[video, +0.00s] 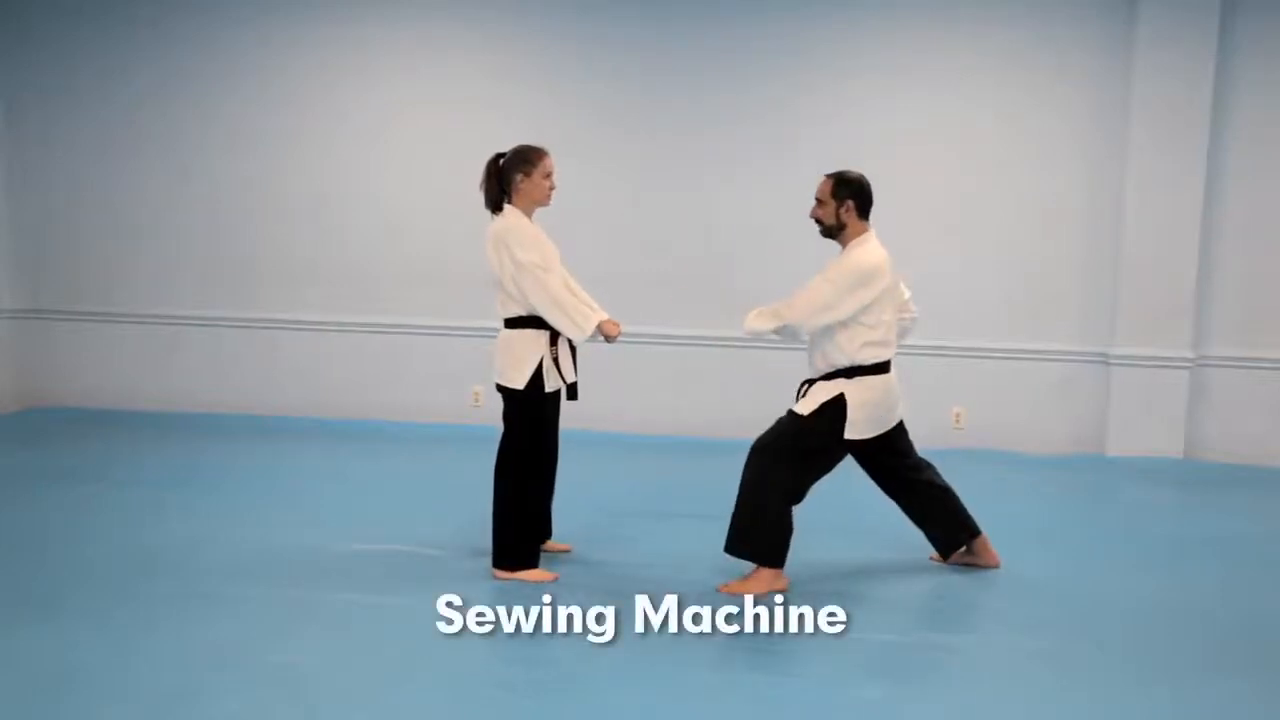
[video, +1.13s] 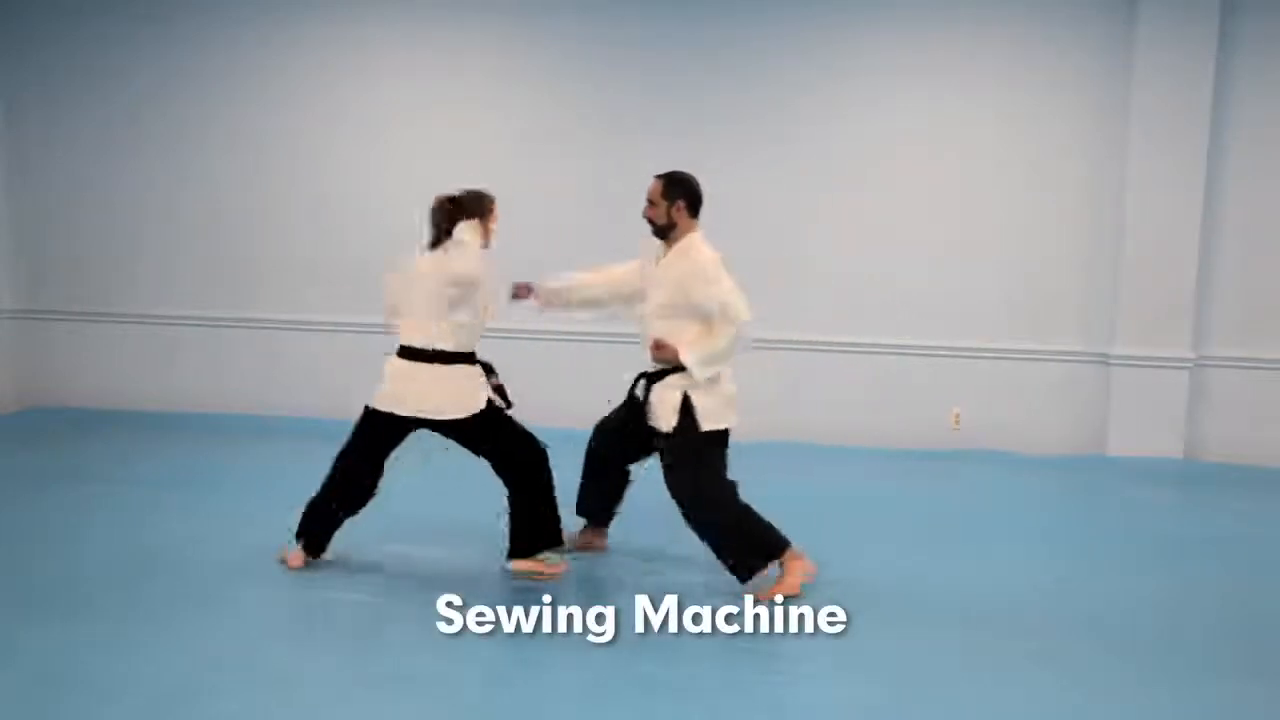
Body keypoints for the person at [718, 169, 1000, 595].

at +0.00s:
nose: (812, 212)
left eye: (819, 203)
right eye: (815, 202)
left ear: (847, 209)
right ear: (850, 210)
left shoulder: (858, 261)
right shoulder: (875, 257)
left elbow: (801, 317)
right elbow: (906, 314)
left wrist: (753, 321)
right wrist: (867, 350)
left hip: (845, 397)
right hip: (874, 392)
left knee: (770, 457)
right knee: (906, 471)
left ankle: (768, 571)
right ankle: (973, 547)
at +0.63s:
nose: (764, 202)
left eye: (771, 194)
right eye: (765, 194)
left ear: (797, 198)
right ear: (804, 198)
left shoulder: (805, 248)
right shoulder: (842, 243)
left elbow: (743, 305)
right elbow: (874, 299)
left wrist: (720, 316)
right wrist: (838, 337)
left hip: (801, 386)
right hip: (838, 381)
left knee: (750, 473)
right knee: (836, 470)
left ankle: (776, 578)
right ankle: (917, 525)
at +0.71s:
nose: (743, 201)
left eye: (749, 192)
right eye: (744, 191)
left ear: (776, 195)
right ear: (785, 196)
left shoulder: (780, 246)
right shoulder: (827, 240)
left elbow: (723, 304)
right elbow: (857, 291)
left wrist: (704, 322)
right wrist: (824, 329)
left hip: (785, 381)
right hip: (823, 377)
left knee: (741, 473)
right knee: (780, 462)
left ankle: (774, 578)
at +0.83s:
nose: (712, 200)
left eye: (718, 191)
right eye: (713, 190)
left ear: (745, 195)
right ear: (753, 195)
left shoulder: (750, 244)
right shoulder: (797, 239)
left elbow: (700, 308)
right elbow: (825, 293)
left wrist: (679, 331)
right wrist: (790, 331)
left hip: (762, 379)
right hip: (793, 374)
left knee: (737, 482)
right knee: (696, 421)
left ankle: (774, 578)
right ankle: (701, 523)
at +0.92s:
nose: (691, 199)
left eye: (697, 191)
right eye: (693, 190)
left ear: (724, 195)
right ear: (730, 195)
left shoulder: (732, 243)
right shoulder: (765, 237)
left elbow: (701, 310)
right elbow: (775, 299)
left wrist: (673, 335)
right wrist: (719, 332)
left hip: (744, 378)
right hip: (756, 372)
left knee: (731, 485)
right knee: (674, 433)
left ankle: (771, 579)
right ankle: (626, 512)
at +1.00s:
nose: (669, 199)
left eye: (676, 191)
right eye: (671, 190)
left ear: (702, 195)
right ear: (704, 196)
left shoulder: (716, 246)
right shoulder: (713, 241)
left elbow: (722, 319)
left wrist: (673, 338)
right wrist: (661, 308)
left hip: (728, 382)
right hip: (706, 378)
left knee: (723, 488)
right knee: (654, 453)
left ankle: (773, 577)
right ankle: (606, 526)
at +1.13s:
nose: (645, 211)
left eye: (653, 204)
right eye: (646, 203)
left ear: (679, 209)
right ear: (675, 209)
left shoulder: (701, 262)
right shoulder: (659, 260)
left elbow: (736, 322)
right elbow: (607, 287)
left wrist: (687, 355)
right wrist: (543, 293)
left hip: (697, 398)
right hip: (661, 392)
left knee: (699, 490)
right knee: (608, 441)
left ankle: (790, 559)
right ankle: (593, 533)